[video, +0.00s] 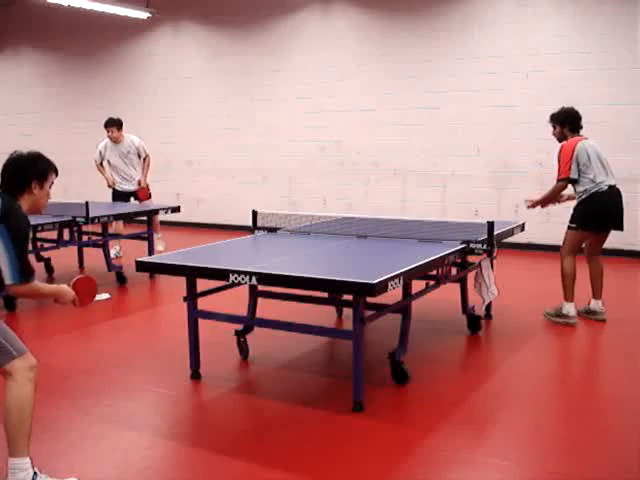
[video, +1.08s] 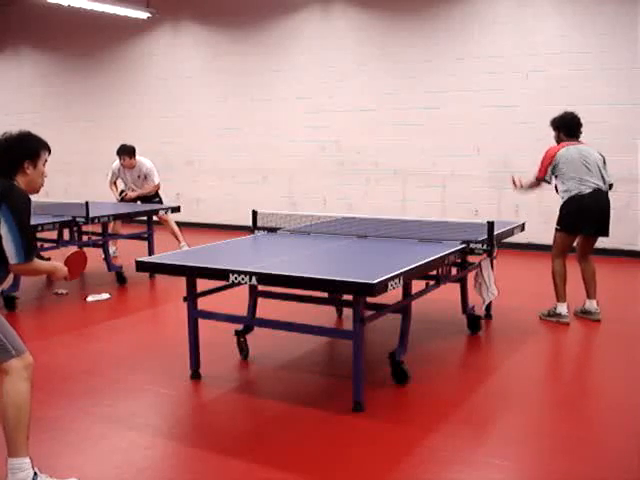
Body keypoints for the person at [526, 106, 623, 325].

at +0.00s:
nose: (553, 133)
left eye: (554, 128)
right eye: (552, 128)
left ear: (564, 128)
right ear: (574, 127)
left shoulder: (568, 147)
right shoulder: (590, 145)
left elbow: (562, 183)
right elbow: (592, 185)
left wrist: (541, 201)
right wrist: (564, 198)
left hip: (591, 201)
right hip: (613, 198)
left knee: (568, 252)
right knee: (593, 252)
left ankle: (568, 307)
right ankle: (597, 304)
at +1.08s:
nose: (553, 135)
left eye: (554, 131)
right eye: (553, 131)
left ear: (560, 133)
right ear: (578, 132)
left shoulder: (554, 152)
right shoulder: (595, 153)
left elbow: (539, 180)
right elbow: (607, 184)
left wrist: (523, 186)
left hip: (574, 203)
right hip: (601, 203)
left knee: (558, 255)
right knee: (584, 254)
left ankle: (561, 308)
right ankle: (592, 305)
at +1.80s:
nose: (522, 146)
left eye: (523, 142)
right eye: (522, 142)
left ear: (530, 143)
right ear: (544, 141)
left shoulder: (534, 160)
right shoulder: (564, 150)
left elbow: (548, 183)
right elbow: (588, 166)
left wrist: (556, 211)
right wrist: (609, 162)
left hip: (565, 202)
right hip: (587, 198)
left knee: (538, 251)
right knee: (579, 255)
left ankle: (554, 303)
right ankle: (591, 303)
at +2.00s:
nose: (502, 164)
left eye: (505, 160)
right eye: (502, 160)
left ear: (517, 161)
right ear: (520, 160)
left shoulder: (527, 179)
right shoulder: (533, 167)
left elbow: (539, 215)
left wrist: (531, 244)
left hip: (555, 218)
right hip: (567, 214)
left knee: (521, 260)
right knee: (536, 256)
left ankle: (549, 303)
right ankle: (572, 280)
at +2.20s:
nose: (495, 161)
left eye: (499, 157)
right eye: (494, 157)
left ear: (511, 157)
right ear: (493, 158)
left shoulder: (523, 177)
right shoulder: (497, 169)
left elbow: (537, 209)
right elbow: (477, 163)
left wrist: (530, 235)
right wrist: (466, 173)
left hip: (540, 218)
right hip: (522, 216)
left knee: (518, 260)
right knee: (497, 242)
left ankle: (549, 301)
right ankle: (499, 278)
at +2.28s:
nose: (494, 160)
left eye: (498, 155)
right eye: (492, 155)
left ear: (509, 155)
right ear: (492, 156)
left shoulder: (522, 174)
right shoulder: (495, 169)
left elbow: (537, 205)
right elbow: (473, 169)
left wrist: (530, 232)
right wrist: (465, 182)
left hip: (537, 216)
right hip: (518, 214)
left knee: (519, 259)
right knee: (493, 245)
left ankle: (550, 301)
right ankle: (482, 283)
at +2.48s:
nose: (487, 150)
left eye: (491, 146)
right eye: (484, 147)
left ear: (500, 147)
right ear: (481, 148)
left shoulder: (515, 168)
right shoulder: (481, 172)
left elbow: (528, 193)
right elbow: (482, 200)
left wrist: (525, 216)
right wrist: (476, 223)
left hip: (518, 212)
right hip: (495, 213)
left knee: (520, 248)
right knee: (481, 246)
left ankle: (552, 283)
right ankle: (479, 276)